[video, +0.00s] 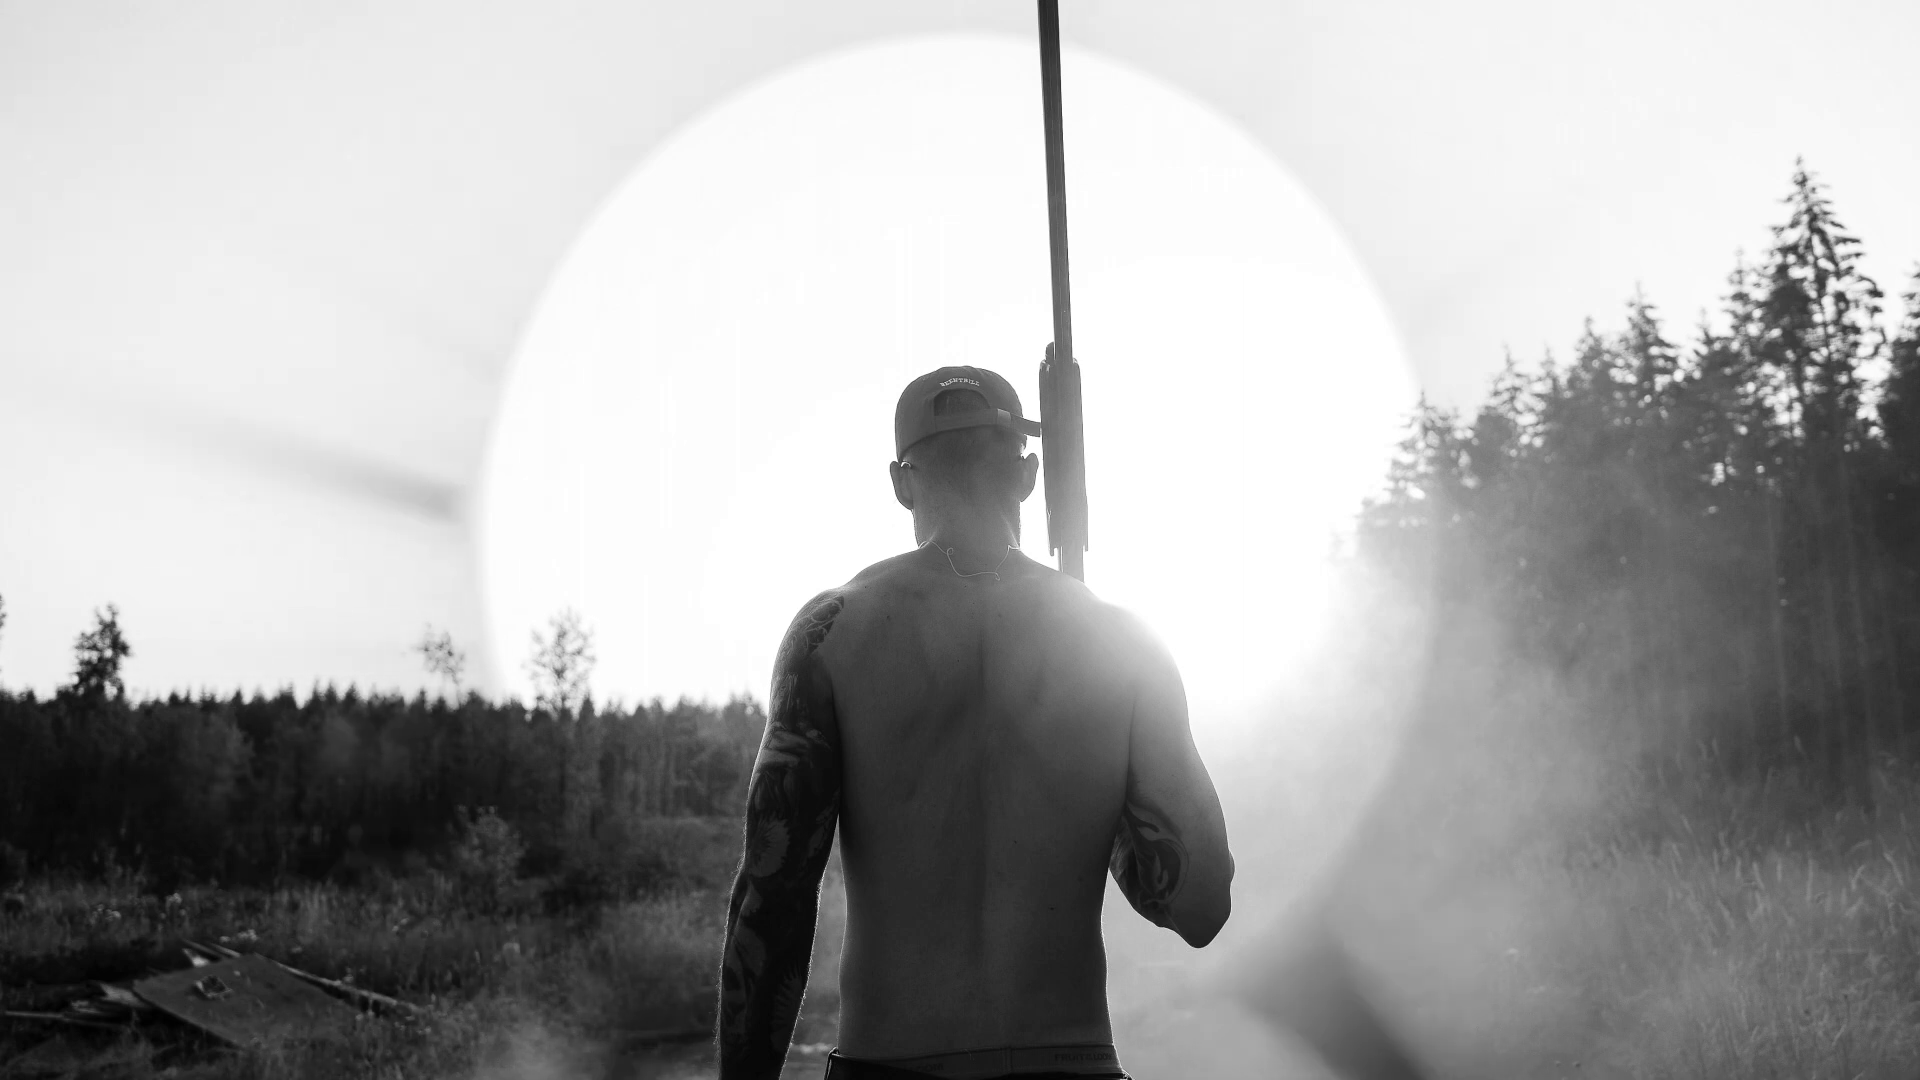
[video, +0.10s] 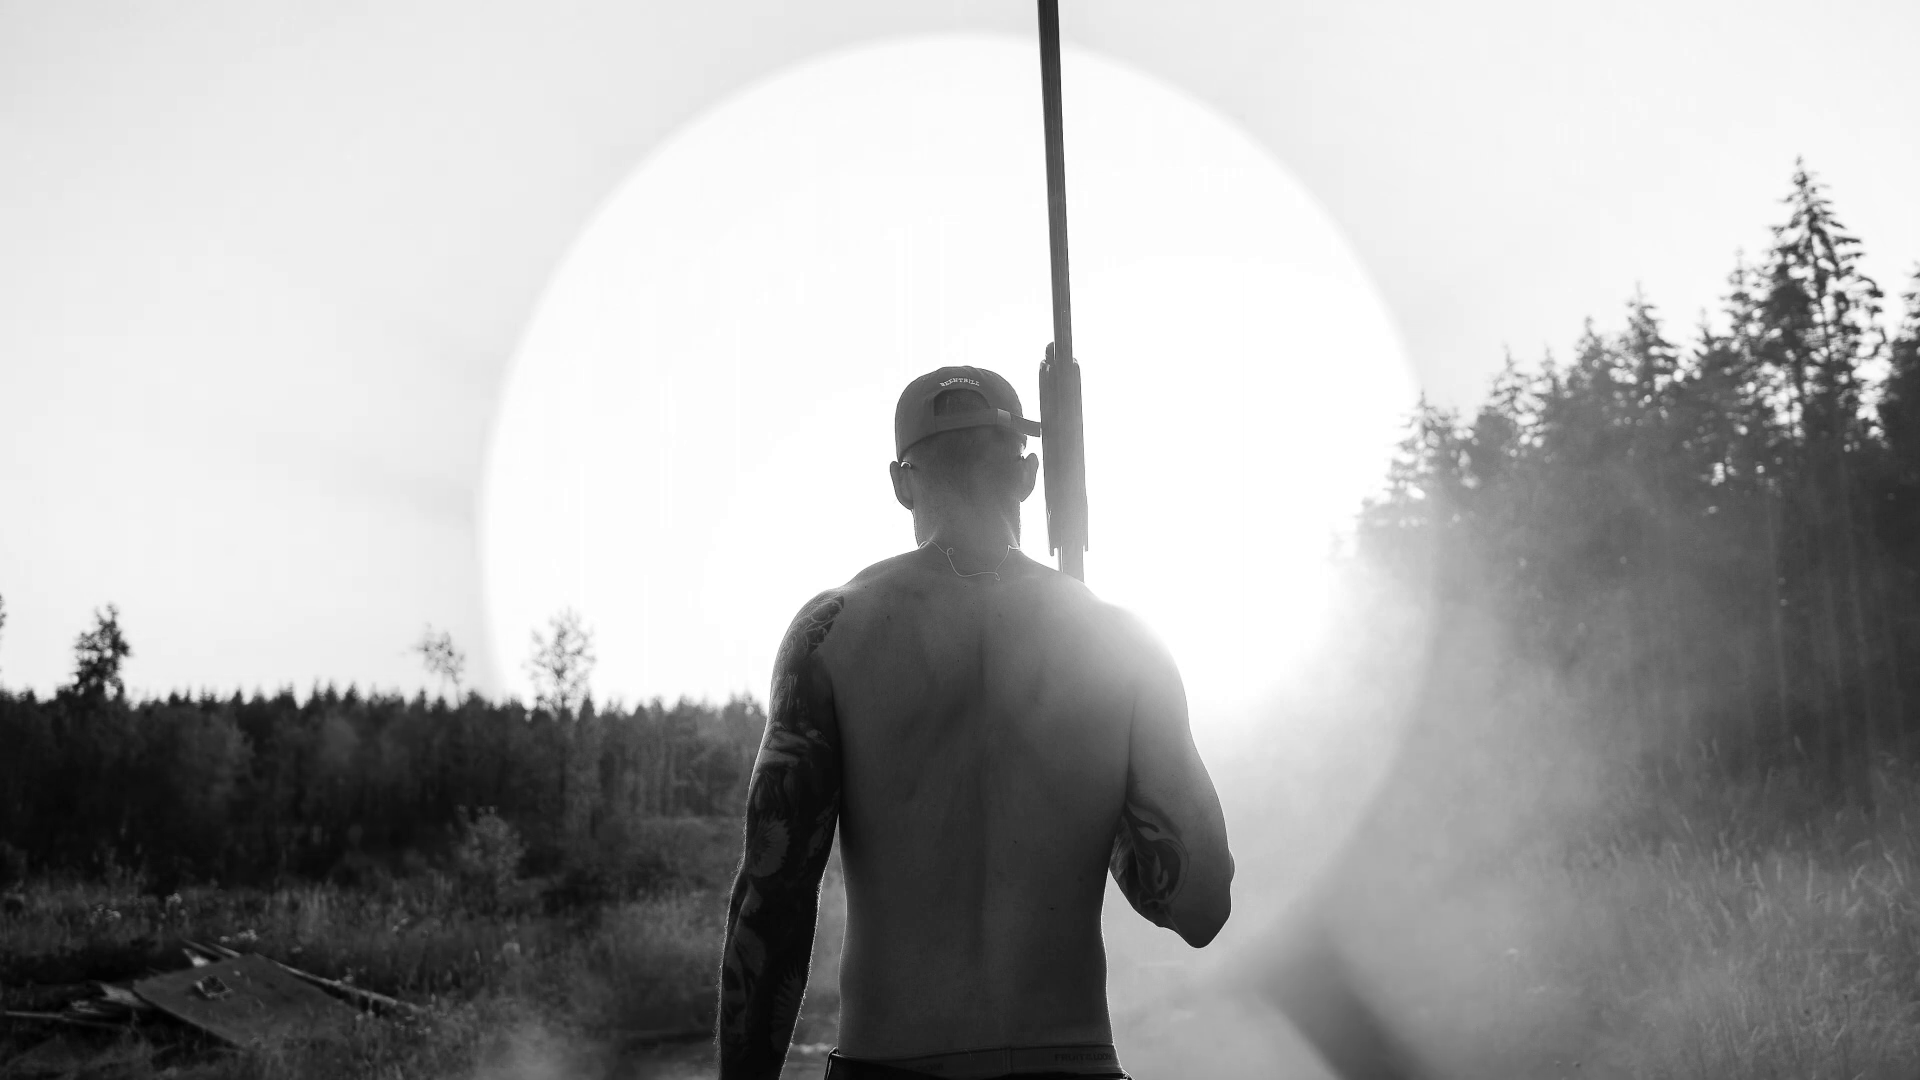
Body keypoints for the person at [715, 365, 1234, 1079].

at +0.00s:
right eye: (1015, 448)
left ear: (903, 486)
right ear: (1028, 477)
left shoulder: (831, 630)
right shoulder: (1121, 641)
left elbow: (773, 885)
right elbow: (1201, 904)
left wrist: (747, 1062)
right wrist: (1100, 800)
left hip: (886, 1046)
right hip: (1068, 1046)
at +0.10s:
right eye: (1017, 451)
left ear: (902, 484)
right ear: (1028, 477)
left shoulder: (831, 630)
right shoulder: (1121, 640)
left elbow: (772, 886)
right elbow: (1201, 904)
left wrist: (748, 1063)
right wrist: (1100, 801)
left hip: (885, 1046)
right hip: (1067, 1046)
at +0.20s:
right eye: (1017, 451)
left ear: (902, 484)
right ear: (1028, 477)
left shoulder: (831, 630)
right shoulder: (1121, 640)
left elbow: (772, 886)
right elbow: (1201, 904)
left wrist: (748, 1063)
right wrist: (1100, 801)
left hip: (885, 1046)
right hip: (1067, 1046)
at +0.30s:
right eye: (1014, 448)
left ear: (903, 486)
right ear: (1028, 477)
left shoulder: (831, 630)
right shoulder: (1121, 641)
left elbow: (773, 885)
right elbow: (1201, 904)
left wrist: (747, 1062)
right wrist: (1100, 800)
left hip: (886, 1046)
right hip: (1067, 1046)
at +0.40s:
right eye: (1015, 449)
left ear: (903, 486)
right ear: (1028, 477)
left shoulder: (831, 630)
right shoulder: (1121, 641)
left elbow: (773, 885)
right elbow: (1201, 904)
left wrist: (747, 1062)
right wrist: (1100, 800)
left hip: (886, 1046)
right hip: (1067, 1046)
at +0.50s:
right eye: (1017, 451)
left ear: (902, 484)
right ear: (1028, 477)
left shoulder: (831, 630)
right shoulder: (1121, 640)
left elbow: (772, 887)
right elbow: (1201, 904)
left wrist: (748, 1063)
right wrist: (1100, 801)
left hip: (885, 1046)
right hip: (1067, 1046)